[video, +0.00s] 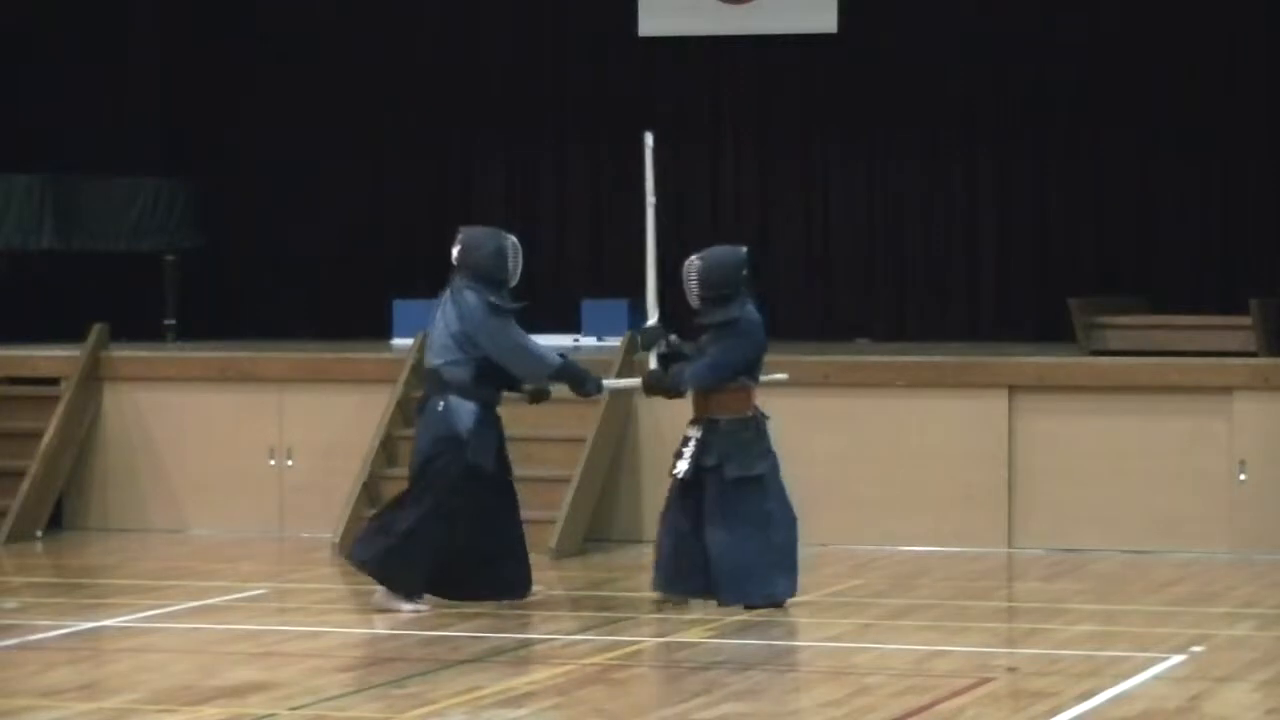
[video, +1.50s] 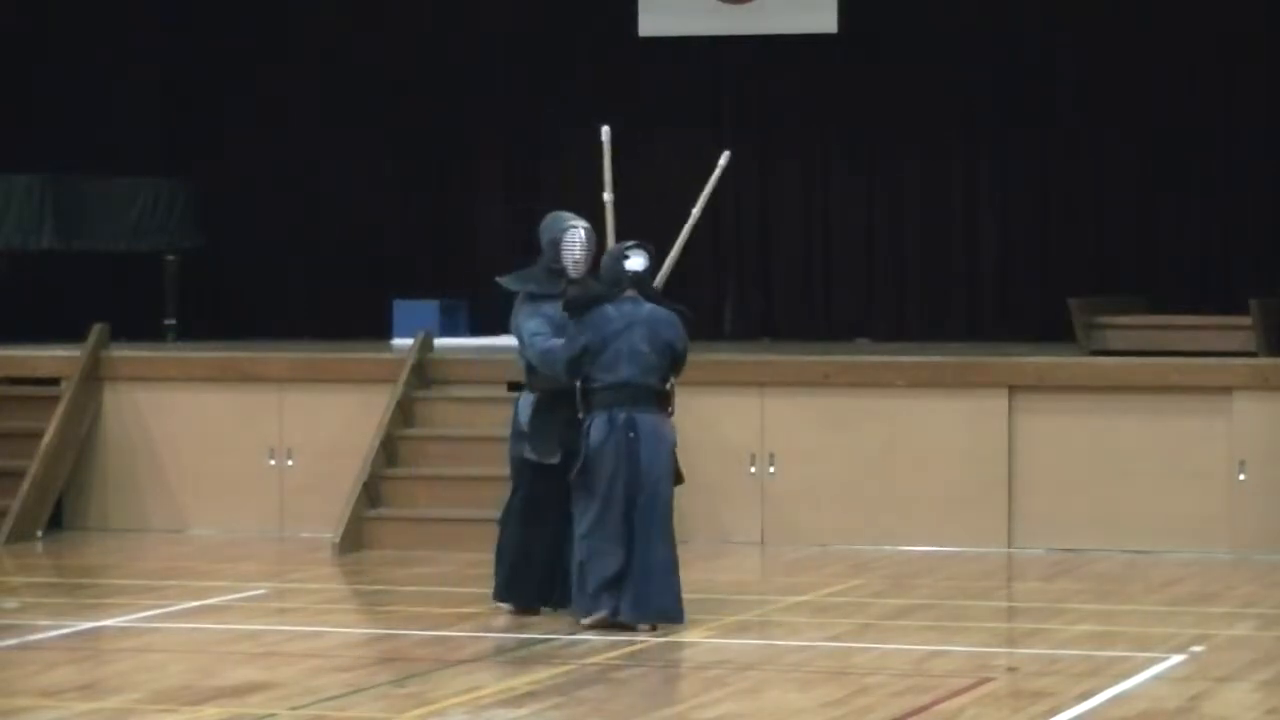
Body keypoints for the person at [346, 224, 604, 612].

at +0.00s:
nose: (513, 268)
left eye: (512, 259)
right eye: (507, 260)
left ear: (468, 260)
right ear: (491, 262)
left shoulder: (461, 297)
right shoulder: (474, 302)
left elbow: (479, 359)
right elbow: (516, 350)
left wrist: (524, 383)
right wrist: (571, 373)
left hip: (464, 408)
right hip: (459, 411)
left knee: (490, 496)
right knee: (443, 497)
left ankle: (502, 580)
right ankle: (398, 583)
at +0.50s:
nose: (519, 261)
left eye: (519, 253)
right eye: (514, 253)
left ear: (479, 252)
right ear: (498, 256)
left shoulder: (477, 284)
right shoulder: (477, 291)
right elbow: (528, 347)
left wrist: (533, 368)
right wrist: (556, 356)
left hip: (476, 398)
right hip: (470, 402)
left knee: (477, 490)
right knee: (473, 491)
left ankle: (468, 584)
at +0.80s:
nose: (543, 262)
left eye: (543, 253)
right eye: (539, 254)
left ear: (504, 252)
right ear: (524, 256)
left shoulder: (494, 285)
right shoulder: (496, 295)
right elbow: (549, 346)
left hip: (478, 394)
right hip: (488, 401)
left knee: (468, 488)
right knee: (505, 490)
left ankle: (459, 581)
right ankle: (503, 585)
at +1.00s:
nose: (547, 254)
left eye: (547, 245)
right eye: (542, 246)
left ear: (510, 249)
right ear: (524, 250)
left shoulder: (519, 291)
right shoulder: (503, 299)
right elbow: (537, 348)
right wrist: (580, 338)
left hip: (516, 397)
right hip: (502, 401)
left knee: (494, 488)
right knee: (499, 490)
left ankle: (477, 577)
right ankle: (491, 582)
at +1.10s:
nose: (546, 252)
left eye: (547, 243)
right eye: (540, 244)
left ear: (515, 247)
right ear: (525, 248)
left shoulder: (542, 291)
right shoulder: (505, 299)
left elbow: (569, 326)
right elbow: (524, 348)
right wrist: (566, 352)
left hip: (535, 397)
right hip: (507, 399)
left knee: (529, 488)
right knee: (506, 490)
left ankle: (527, 583)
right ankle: (500, 585)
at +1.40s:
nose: (566, 253)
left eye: (572, 243)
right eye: (557, 244)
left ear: (580, 247)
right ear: (539, 247)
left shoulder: (585, 292)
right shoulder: (521, 297)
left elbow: (606, 333)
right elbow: (527, 347)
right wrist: (575, 357)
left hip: (576, 402)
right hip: (531, 402)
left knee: (568, 494)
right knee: (525, 495)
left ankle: (570, 588)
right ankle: (515, 588)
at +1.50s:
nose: (579, 254)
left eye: (584, 246)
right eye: (570, 246)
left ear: (592, 249)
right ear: (551, 249)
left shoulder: (597, 293)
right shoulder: (534, 301)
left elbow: (621, 334)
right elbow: (546, 355)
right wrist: (596, 349)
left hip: (589, 406)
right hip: (544, 405)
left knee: (577, 500)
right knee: (535, 498)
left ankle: (572, 594)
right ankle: (515, 595)